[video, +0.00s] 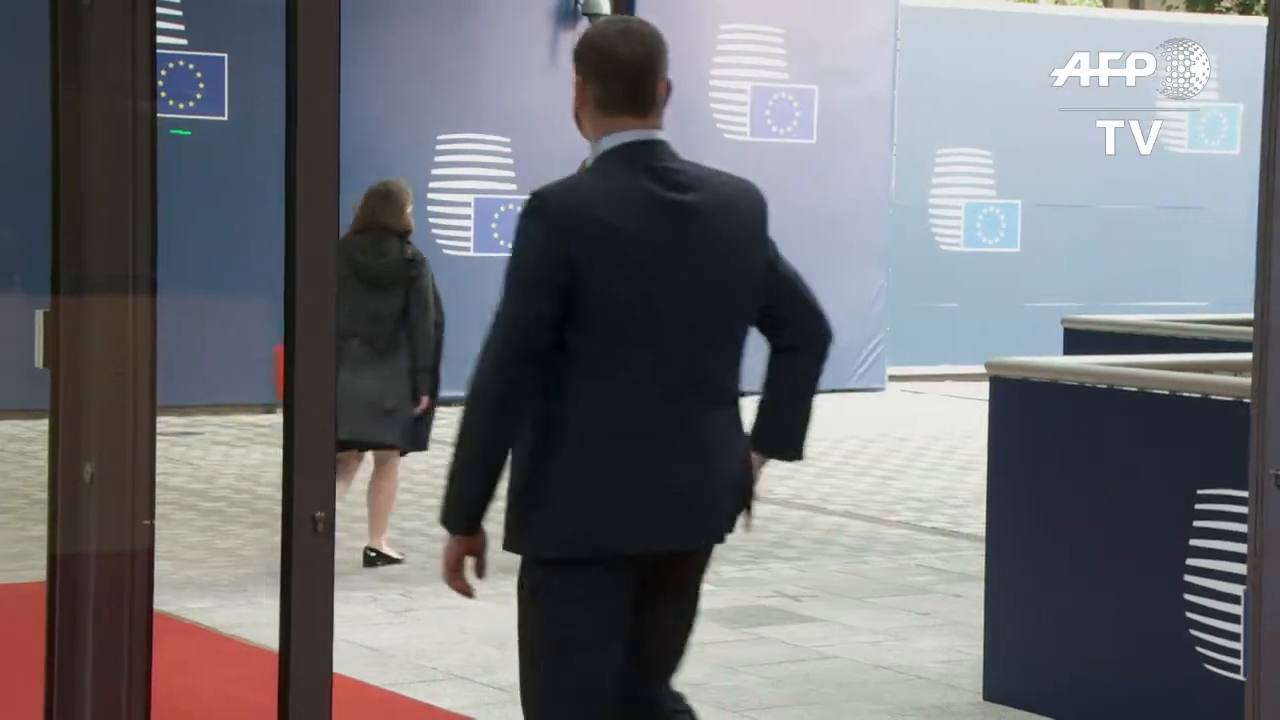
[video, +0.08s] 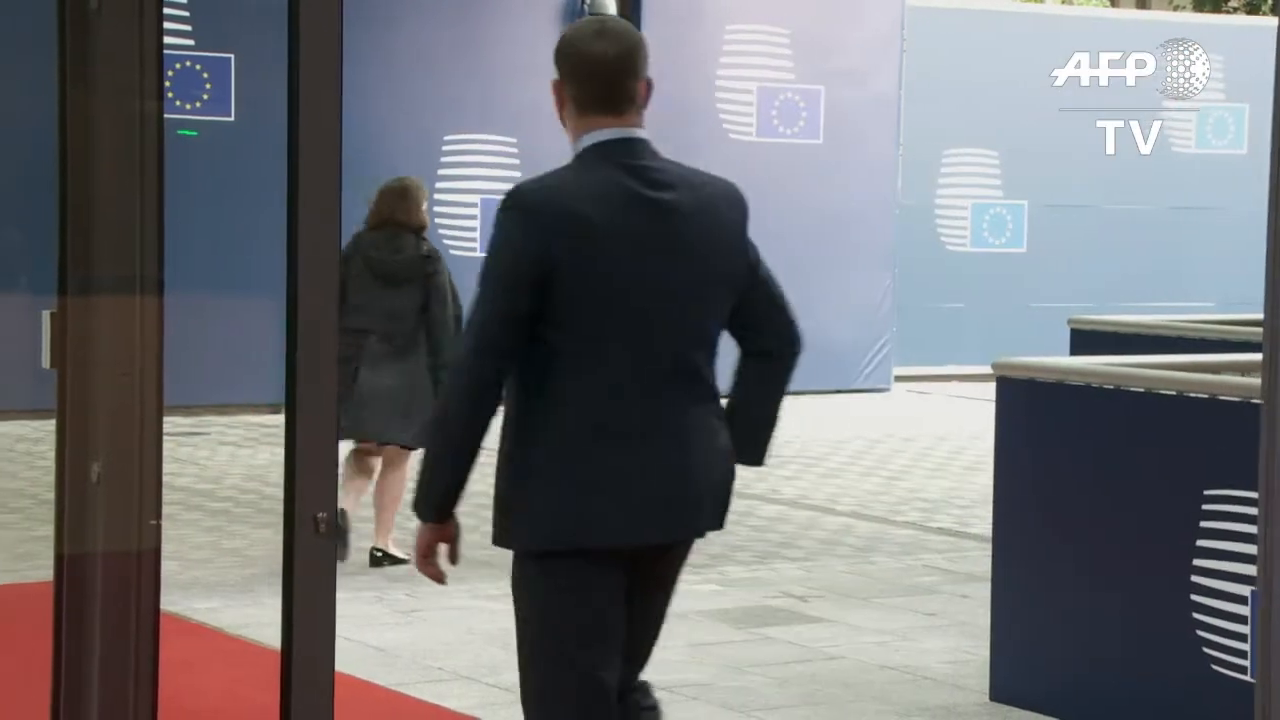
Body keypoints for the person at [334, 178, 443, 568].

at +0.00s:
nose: (412, 215)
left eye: (410, 208)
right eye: (409, 209)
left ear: (365, 210)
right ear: (403, 214)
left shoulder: (338, 255)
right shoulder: (411, 263)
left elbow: (322, 317)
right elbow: (423, 327)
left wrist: (322, 374)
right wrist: (425, 383)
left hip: (344, 373)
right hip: (392, 376)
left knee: (345, 459)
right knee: (387, 462)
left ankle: (312, 520)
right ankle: (376, 543)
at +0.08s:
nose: (428, 211)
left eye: (426, 204)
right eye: (425, 205)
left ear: (378, 208)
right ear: (418, 211)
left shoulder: (352, 256)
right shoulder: (427, 260)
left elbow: (335, 318)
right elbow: (444, 331)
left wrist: (333, 376)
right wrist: (448, 389)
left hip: (359, 368)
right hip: (409, 370)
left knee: (364, 452)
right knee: (395, 461)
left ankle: (342, 508)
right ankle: (382, 544)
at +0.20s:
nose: (446, 210)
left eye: (444, 203)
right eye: (444, 204)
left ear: (400, 204)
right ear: (436, 209)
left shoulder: (378, 248)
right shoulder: (449, 255)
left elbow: (351, 298)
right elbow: (462, 314)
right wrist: (469, 369)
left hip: (386, 361)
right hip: (433, 363)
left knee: (397, 444)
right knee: (419, 442)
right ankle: (396, 534)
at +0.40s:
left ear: (431, 218)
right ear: (465, 224)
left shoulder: (417, 252)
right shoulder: (475, 258)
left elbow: (387, 304)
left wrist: (401, 325)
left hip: (423, 361)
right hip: (463, 364)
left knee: (426, 451)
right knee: (431, 451)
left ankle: (403, 531)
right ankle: (407, 534)